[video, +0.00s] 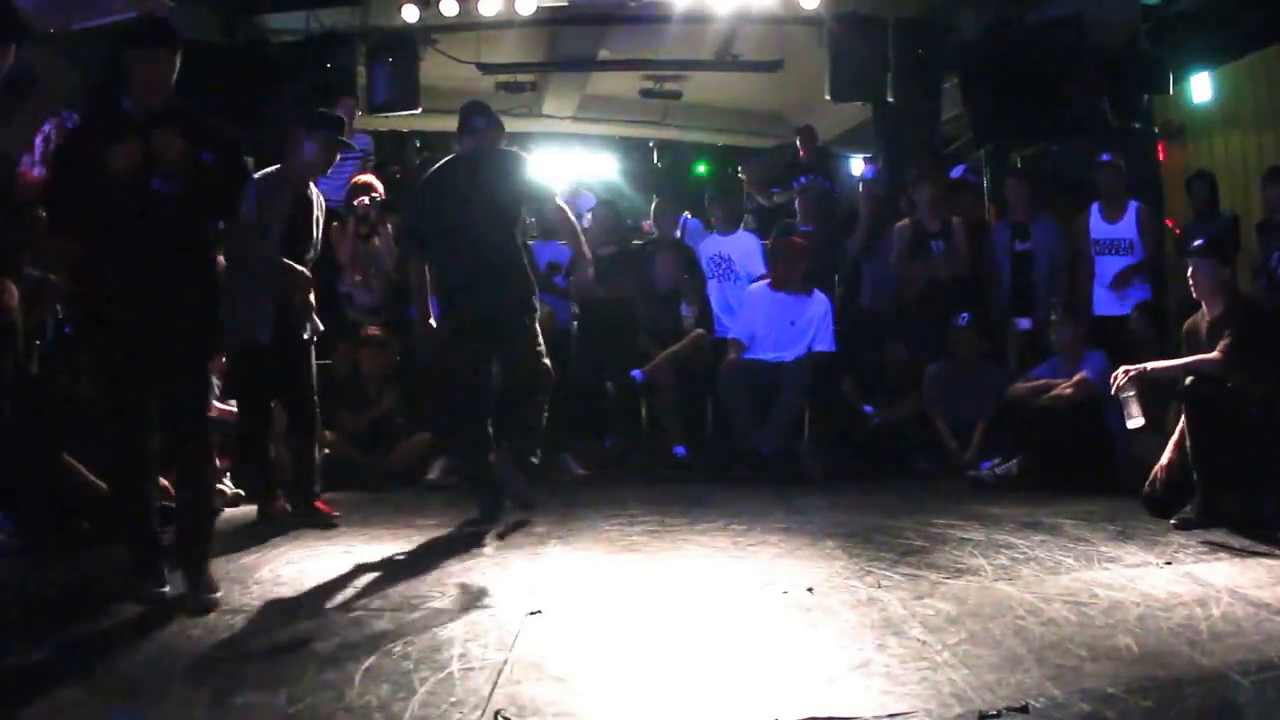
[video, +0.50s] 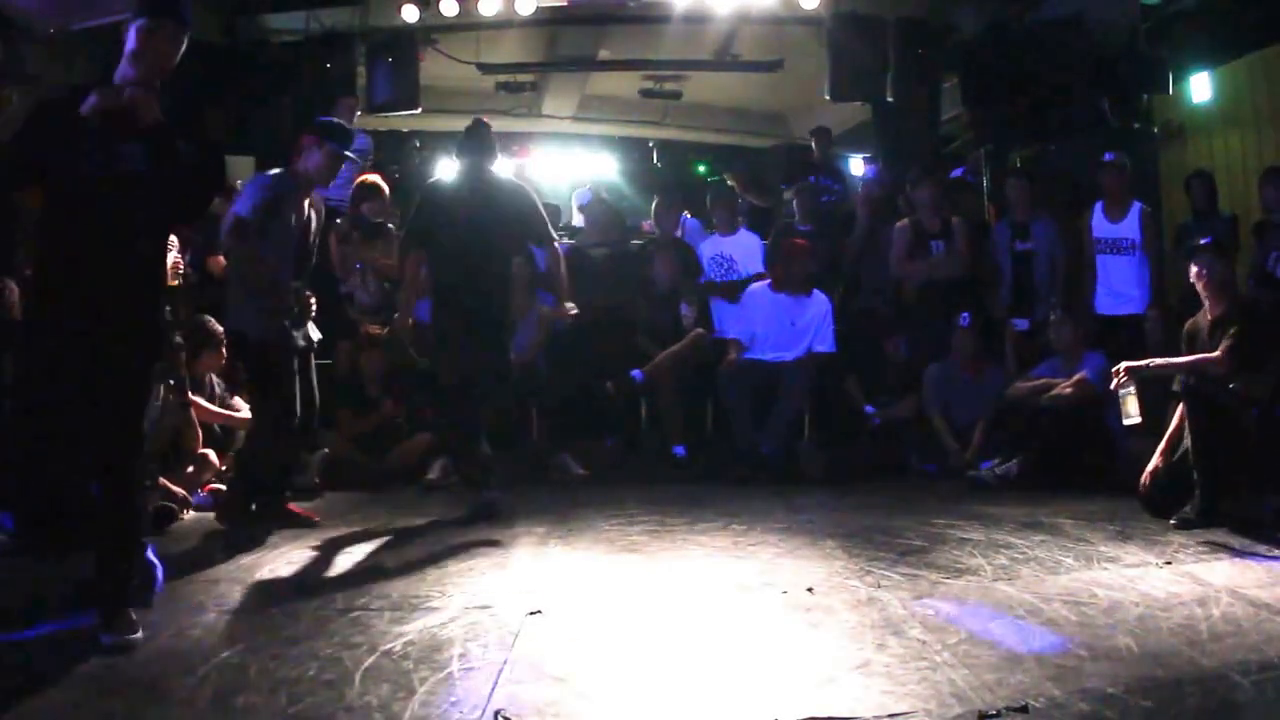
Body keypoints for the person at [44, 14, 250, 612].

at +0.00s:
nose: (153, 75)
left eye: (163, 63)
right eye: (142, 63)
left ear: (176, 65)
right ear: (125, 66)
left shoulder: (200, 133)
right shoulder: (93, 134)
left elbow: (231, 202)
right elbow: (61, 215)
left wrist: (186, 167)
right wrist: (109, 173)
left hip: (186, 305)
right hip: (114, 307)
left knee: (190, 436)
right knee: (126, 438)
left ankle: (197, 567)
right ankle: (143, 568)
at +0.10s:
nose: (154, 75)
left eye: (164, 63)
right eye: (144, 62)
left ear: (174, 66)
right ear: (124, 64)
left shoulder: (191, 130)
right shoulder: (89, 131)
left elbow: (226, 201)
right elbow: (55, 212)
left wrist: (181, 162)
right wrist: (107, 169)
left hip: (172, 307)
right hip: (100, 307)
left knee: (160, 440)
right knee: (107, 437)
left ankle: (154, 578)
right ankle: (130, 560)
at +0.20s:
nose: (151, 73)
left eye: (161, 63)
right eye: (142, 61)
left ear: (173, 68)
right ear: (121, 63)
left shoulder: (190, 132)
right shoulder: (83, 132)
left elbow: (222, 204)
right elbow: (46, 210)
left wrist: (176, 155)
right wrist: (100, 160)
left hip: (164, 297)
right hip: (93, 295)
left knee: (149, 424)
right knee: (99, 422)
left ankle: (142, 554)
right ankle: (115, 549)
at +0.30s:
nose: (147, 76)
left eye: (159, 66)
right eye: (138, 62)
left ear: (174, 68)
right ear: (119, 60)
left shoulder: (188, 135)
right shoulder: (75, 129)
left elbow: (221, 210)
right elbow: (32, 203)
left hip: (153, 305)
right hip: (79, 302)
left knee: (133, 451)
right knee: (79, 437)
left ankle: (116, 604)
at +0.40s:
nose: (147, 63)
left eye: (160, 54)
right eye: (140, 49)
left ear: (177, 61)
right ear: (122, 49)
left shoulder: (184, 129)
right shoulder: (75, 116)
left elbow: (207, 208)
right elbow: (26, 188)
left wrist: (162, 137)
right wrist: (92, 129)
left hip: (142, 301)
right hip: (71, 296)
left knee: (129, 442)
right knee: (82, 434)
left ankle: (113, 600)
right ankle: (138, 549)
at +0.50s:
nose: (143, 65)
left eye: (158, 58)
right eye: (138, 51)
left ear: (176, 62)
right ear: (122, 44)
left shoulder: (178, 134)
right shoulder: (66, 115)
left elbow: (198, 218)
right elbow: (19, 175)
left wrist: (156, 132)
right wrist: (81, 119)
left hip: (133, 303)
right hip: (58, 296)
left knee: (123, 450)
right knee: (49, 438)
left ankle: (117, 601)